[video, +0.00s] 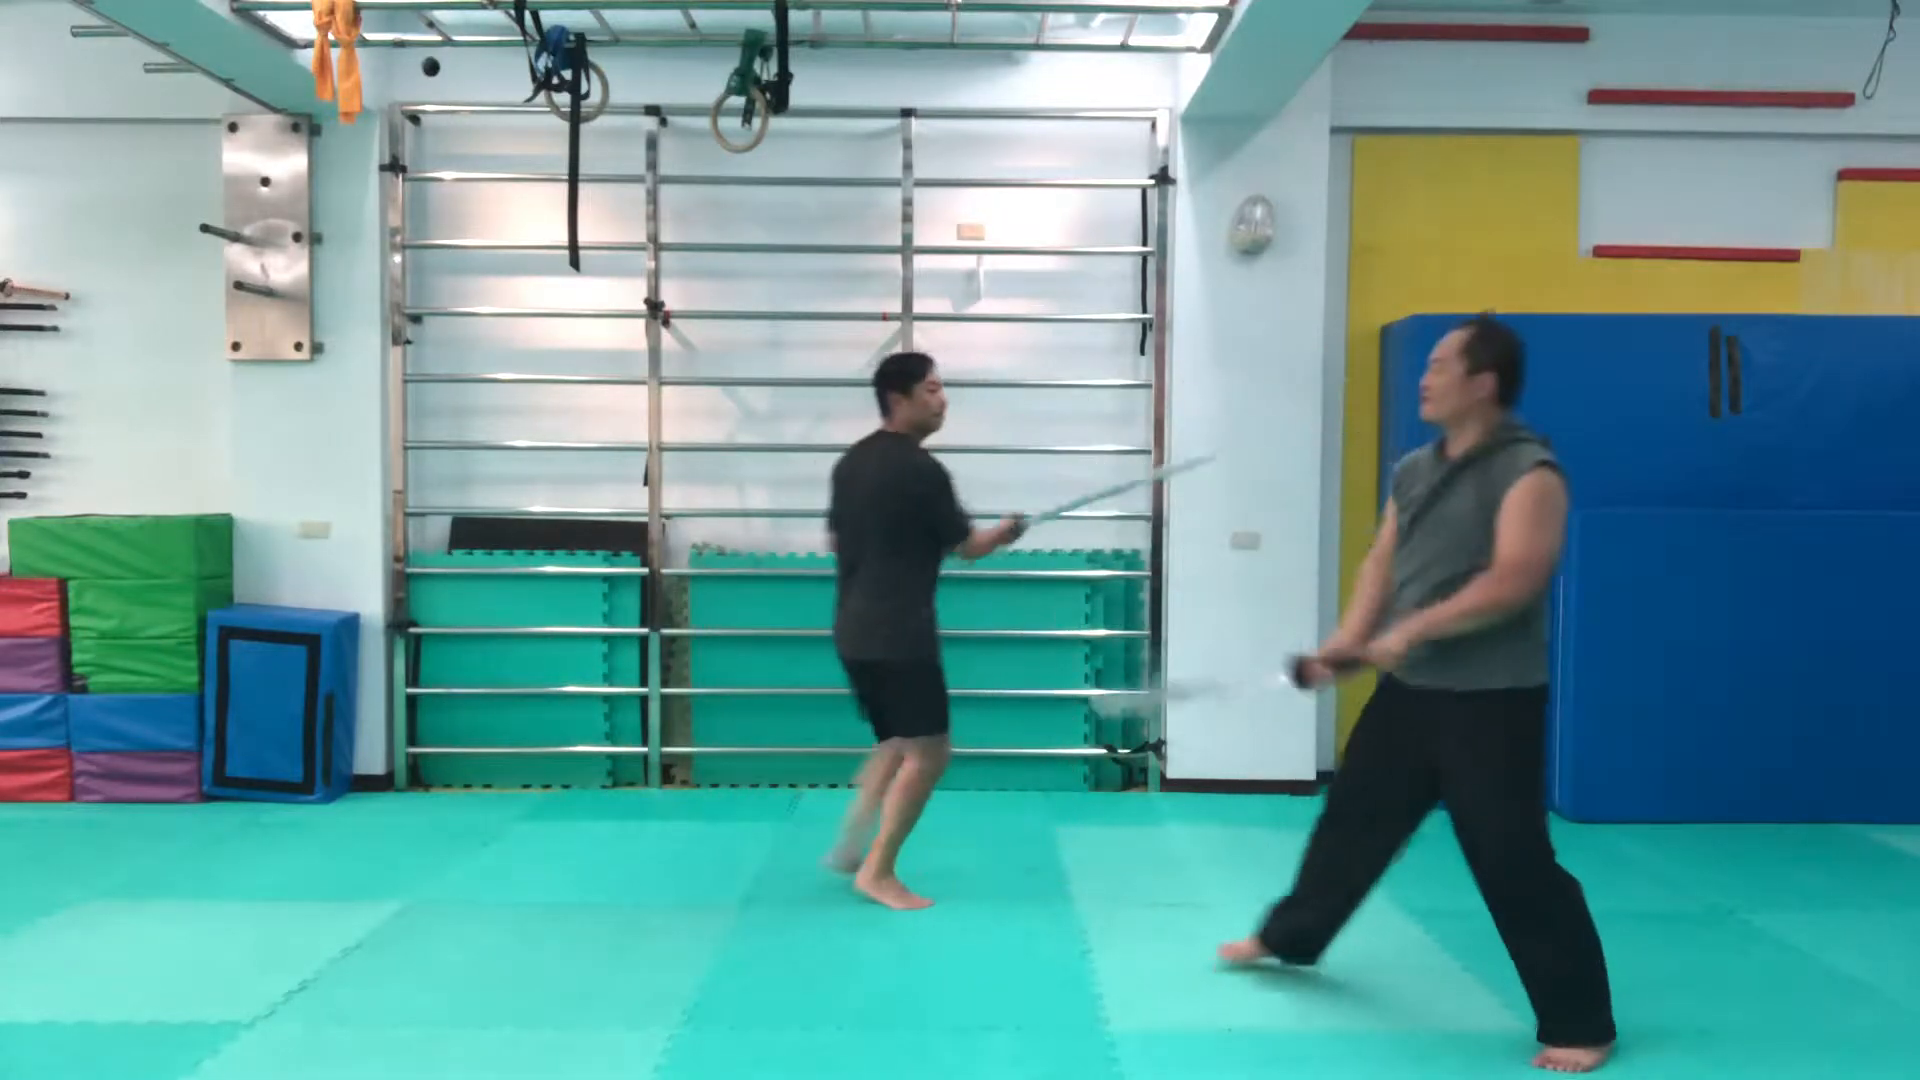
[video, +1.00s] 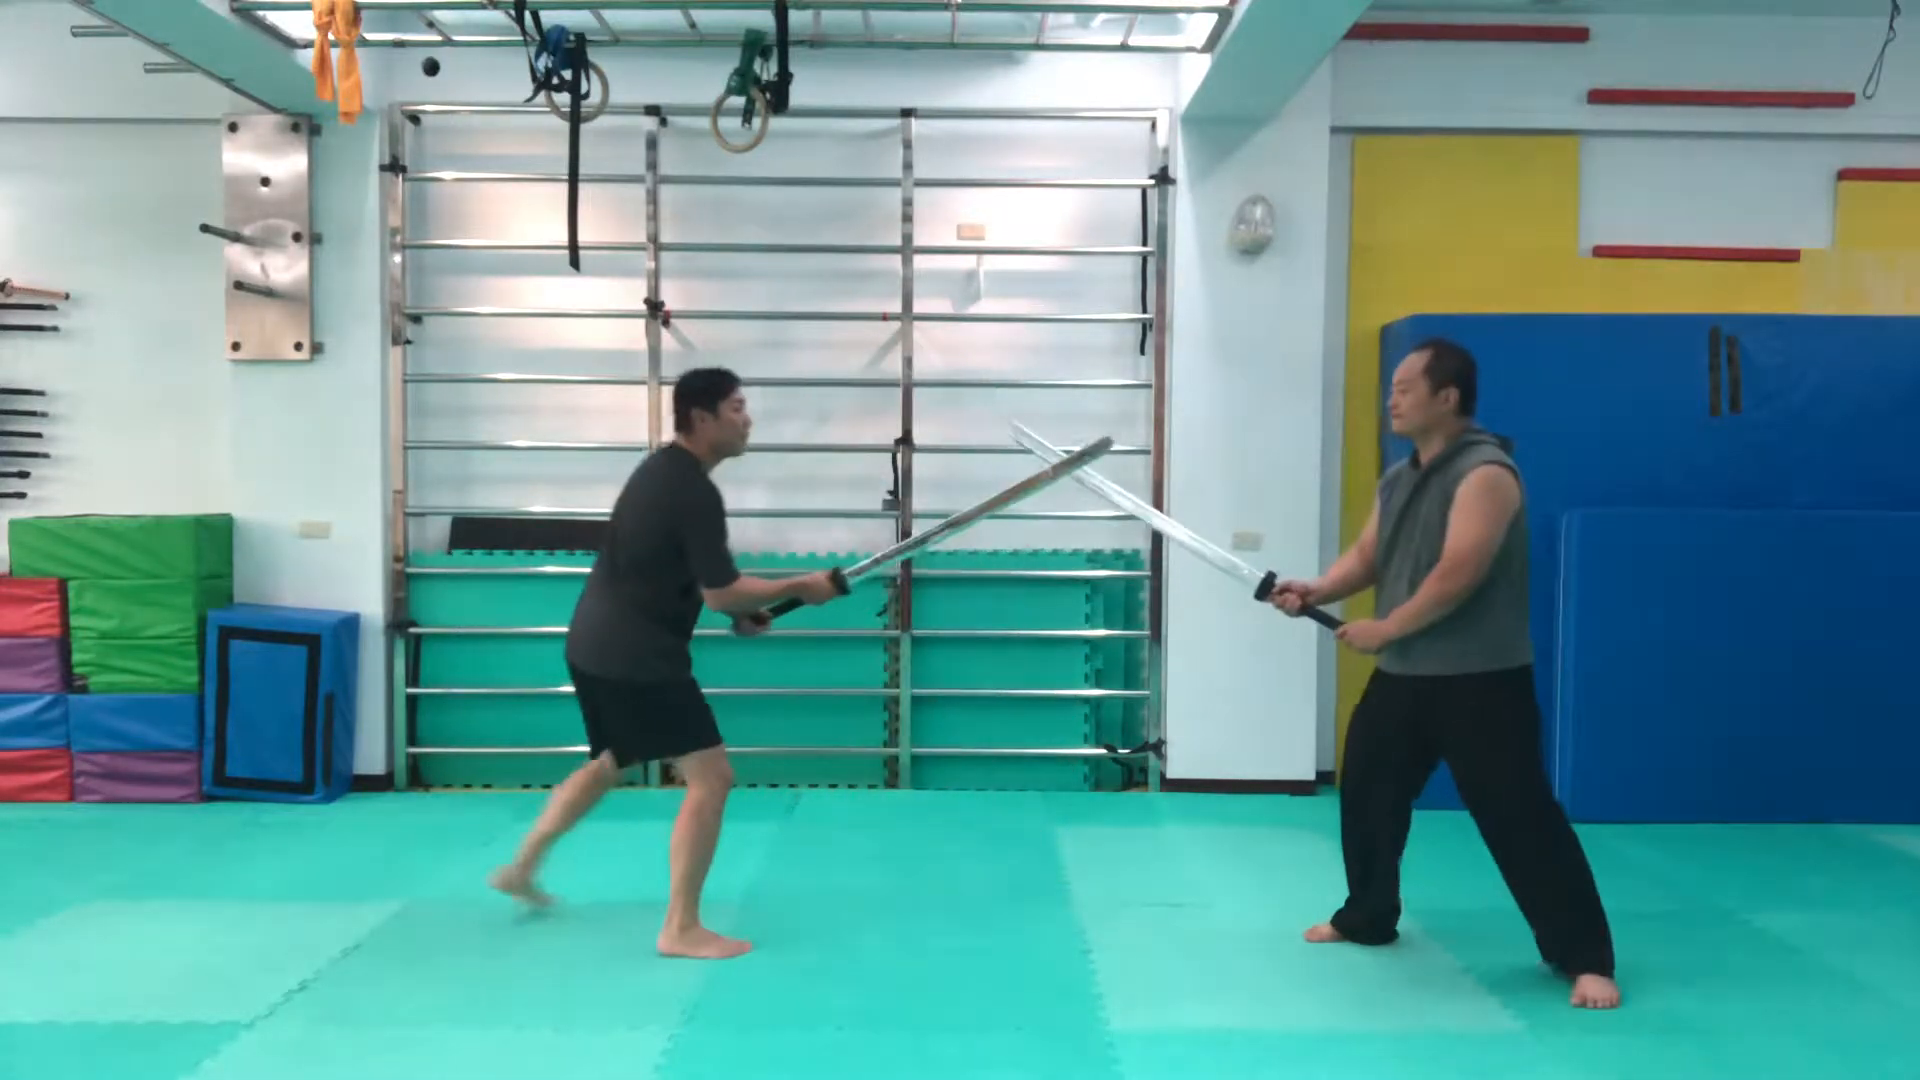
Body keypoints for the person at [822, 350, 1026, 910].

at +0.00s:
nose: (943, 398)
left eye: (940, 388)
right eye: (932, 391)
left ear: (894, 402)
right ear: (899, 400)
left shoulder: (851, 463)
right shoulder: (923, 469)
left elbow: (839, 542)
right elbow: (969, 546)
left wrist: (902, 536)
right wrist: (1006, 532)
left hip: (855, 633)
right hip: (903, 635)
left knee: (895, 743)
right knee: (930, 752)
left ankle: (847, 850)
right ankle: (877, 873)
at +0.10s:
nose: (926, 403)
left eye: (923, 392)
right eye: (915, 394)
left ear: (874, 406)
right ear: (881, 404)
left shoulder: (830, 464)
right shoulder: (900, 477)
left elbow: (818, 547)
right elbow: (924, 570)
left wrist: (892, 567)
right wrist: (957, 563)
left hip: (827, 639)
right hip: (881, 643)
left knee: (847, 736)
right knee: (915, 755)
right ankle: (874, 876)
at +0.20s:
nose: (899, 410)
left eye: (896, 399)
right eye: (890, 401)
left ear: (849, 412)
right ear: (858, 410)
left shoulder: (806, 469)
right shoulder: (870, 485)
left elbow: (800, 555)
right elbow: (865, 580)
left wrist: (886, 579)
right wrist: (908, 583)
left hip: (794, 645)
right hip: (847, 649)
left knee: (777, 743)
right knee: (895, 751)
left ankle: (669, 840)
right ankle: (872, 877)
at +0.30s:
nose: (863, 416)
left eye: (860, 405)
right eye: (854, 407)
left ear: (815, 418)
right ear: (823, 417)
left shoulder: (774, 471)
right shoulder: (827, 486)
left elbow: (770, 567)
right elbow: (828, 582)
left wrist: (846, 604)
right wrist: (877, 590)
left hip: (750, 652)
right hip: (806, 656)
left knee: (706, 757)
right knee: (867, 753)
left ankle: (615, 865)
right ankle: (871, 878)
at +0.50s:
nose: (789, 421)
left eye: (786, 410)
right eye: (780, 412)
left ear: (741, 421)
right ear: (746, 419)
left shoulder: (704, 475)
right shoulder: (744, 485)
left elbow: (693, 585)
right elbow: (745, 584)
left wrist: (763, 629)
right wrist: (810, 590)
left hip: (671, 655)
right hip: (718, 655)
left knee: (666, 767)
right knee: (801, 748)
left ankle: (597, 893)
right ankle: (830, 884)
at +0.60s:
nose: (768, 410)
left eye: (766, 399)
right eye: (757, 400)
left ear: (718, 411)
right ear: (722, 408)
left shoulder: (682, 467)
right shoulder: (723, 475)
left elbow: (686, 567)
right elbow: (729, 575)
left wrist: (749, 610)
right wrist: (797, 580)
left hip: (651, 647)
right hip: (701, 649)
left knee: (652, 764)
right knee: (779, 749)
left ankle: (594, 894)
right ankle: (758, 896)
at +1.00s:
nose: (748, 418)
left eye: (745, 407)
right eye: (736, 409)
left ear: (694, 420)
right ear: (699, 419)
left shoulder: (657, 471)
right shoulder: (693, 491)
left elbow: (663, 569)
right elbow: (723, 592)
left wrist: (734, 606)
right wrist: (799, 586)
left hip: (593, 650)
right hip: (643, 660)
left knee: (613, 760)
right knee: (711, 779)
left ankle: (520, 869)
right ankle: (681, 928)